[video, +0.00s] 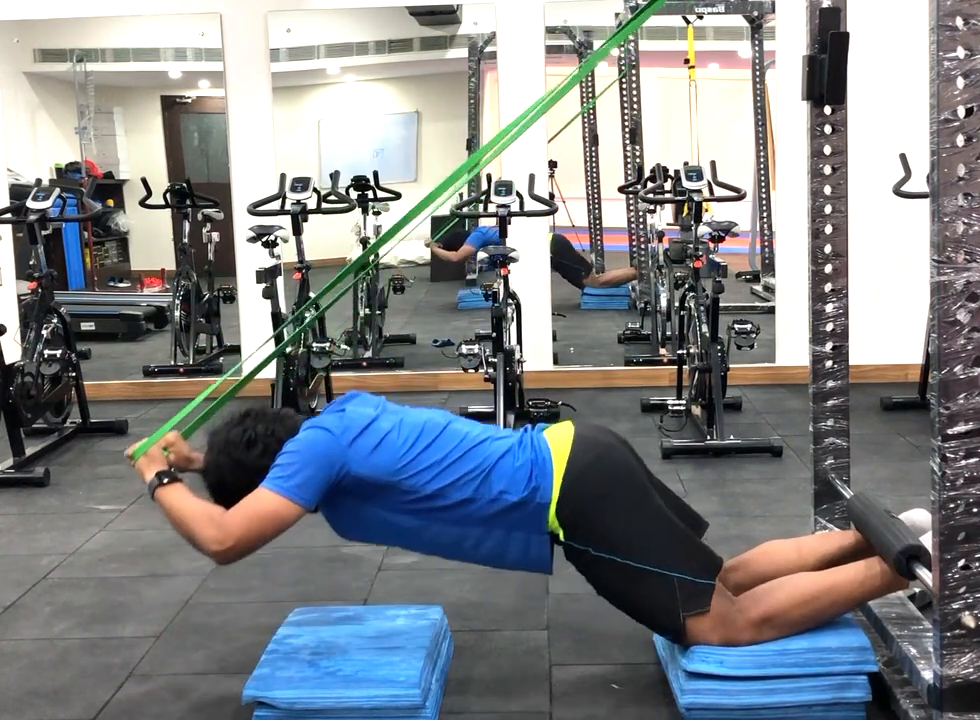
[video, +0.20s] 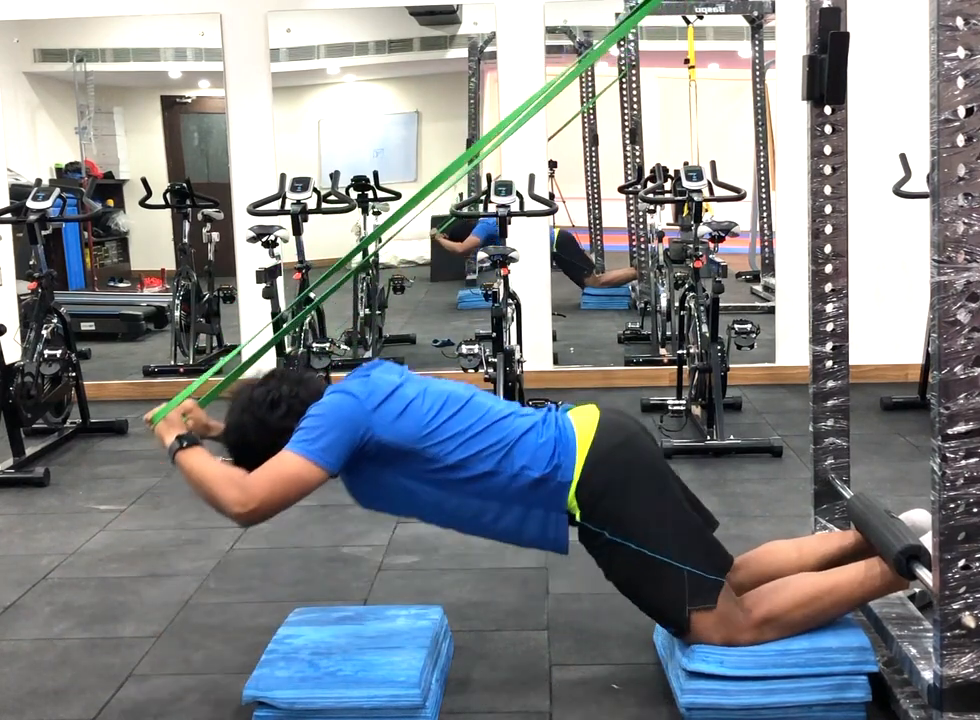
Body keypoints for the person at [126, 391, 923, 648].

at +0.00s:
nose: (260, 506)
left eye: (252, 491)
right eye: (251, 492)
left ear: (264, 460)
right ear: (275, 434)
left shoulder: (319, 444)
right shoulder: (330, 427)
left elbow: (221, 537)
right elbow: (237, 512)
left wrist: (161, 484)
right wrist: (185, 470)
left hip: (570, 491)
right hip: (573, 466)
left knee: (723, 623)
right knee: (713, 579)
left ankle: (897, 568)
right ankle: (858, 535)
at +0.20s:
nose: (269, 468)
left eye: (265, 458)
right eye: (262, 459)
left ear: (281, 428)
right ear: (291, 406)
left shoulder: (349, 404)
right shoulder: (352, 396)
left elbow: (246, 500)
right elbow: (261, 483)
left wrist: (178, 447)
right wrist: (201, 442)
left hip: (591, 473)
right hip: (589, 461)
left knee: (728, 623)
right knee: (716, 586)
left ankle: (907, 567)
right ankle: (864, 533)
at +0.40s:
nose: (307, 425)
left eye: (302, 413)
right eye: (302, 415)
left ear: (316, 382)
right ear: (331, 350)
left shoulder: (379, 362)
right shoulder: (389, 355)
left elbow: (267, 450)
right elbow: (287, 447)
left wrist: (201, 397)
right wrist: (223, 400)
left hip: (616, 458)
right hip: (605, 463)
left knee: (730, 624)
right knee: (705, 601)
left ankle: (909, 565)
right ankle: (865, 535)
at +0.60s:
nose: (333, 367)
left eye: (326, 351)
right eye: (327, 353)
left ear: (341, 328)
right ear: (360, 308)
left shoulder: (412, 322)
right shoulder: (415, 318)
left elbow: (302, 397)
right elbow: (318, 391)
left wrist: (235, 344)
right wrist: (253, 343)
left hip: (633, 447)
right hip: (632, 434)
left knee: (729, 623)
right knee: (727, 581)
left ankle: (900, 568)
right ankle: (861, 535)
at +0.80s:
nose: (362, 316)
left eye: (362, 303)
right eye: (360, 304)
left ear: (385, 285)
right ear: (400, 270)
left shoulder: (458, 277)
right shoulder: (456, 281)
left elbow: (339, 336)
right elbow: (345, 338)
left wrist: (269, 278)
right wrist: (282, 285)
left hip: (658, 437)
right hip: (657, 428)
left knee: (726, 623)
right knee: (720, 579)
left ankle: (910, 572)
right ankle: (865, 539)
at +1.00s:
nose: (428, 275)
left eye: (430, 260)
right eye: (419, 265)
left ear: (454, 233)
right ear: (460, 224)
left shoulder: (519, 237)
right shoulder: (509, 254)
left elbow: (394, 287)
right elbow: (407, 277)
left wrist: (320, 225)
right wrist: (339, 233)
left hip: (687, 431)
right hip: (674, 430)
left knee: (726, 624)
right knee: (720, 576)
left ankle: (897, 570)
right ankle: (860, 540)